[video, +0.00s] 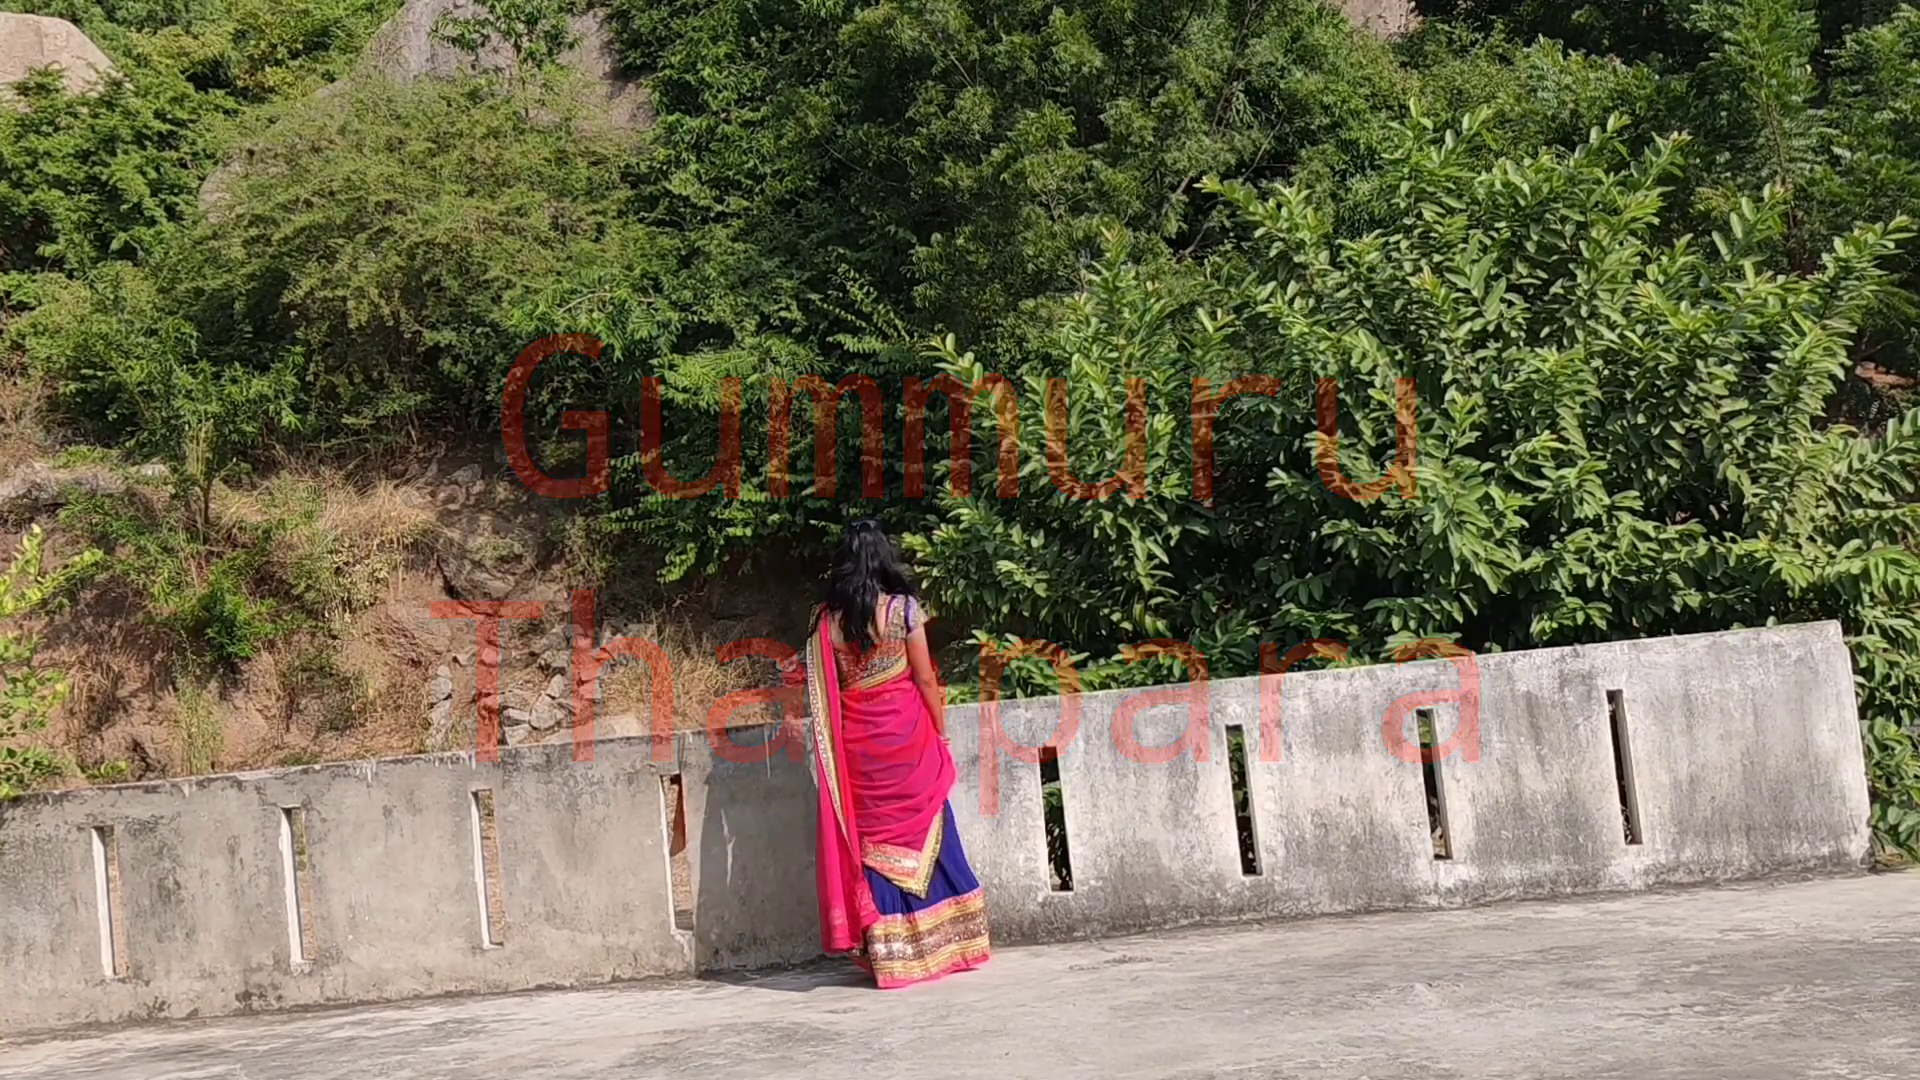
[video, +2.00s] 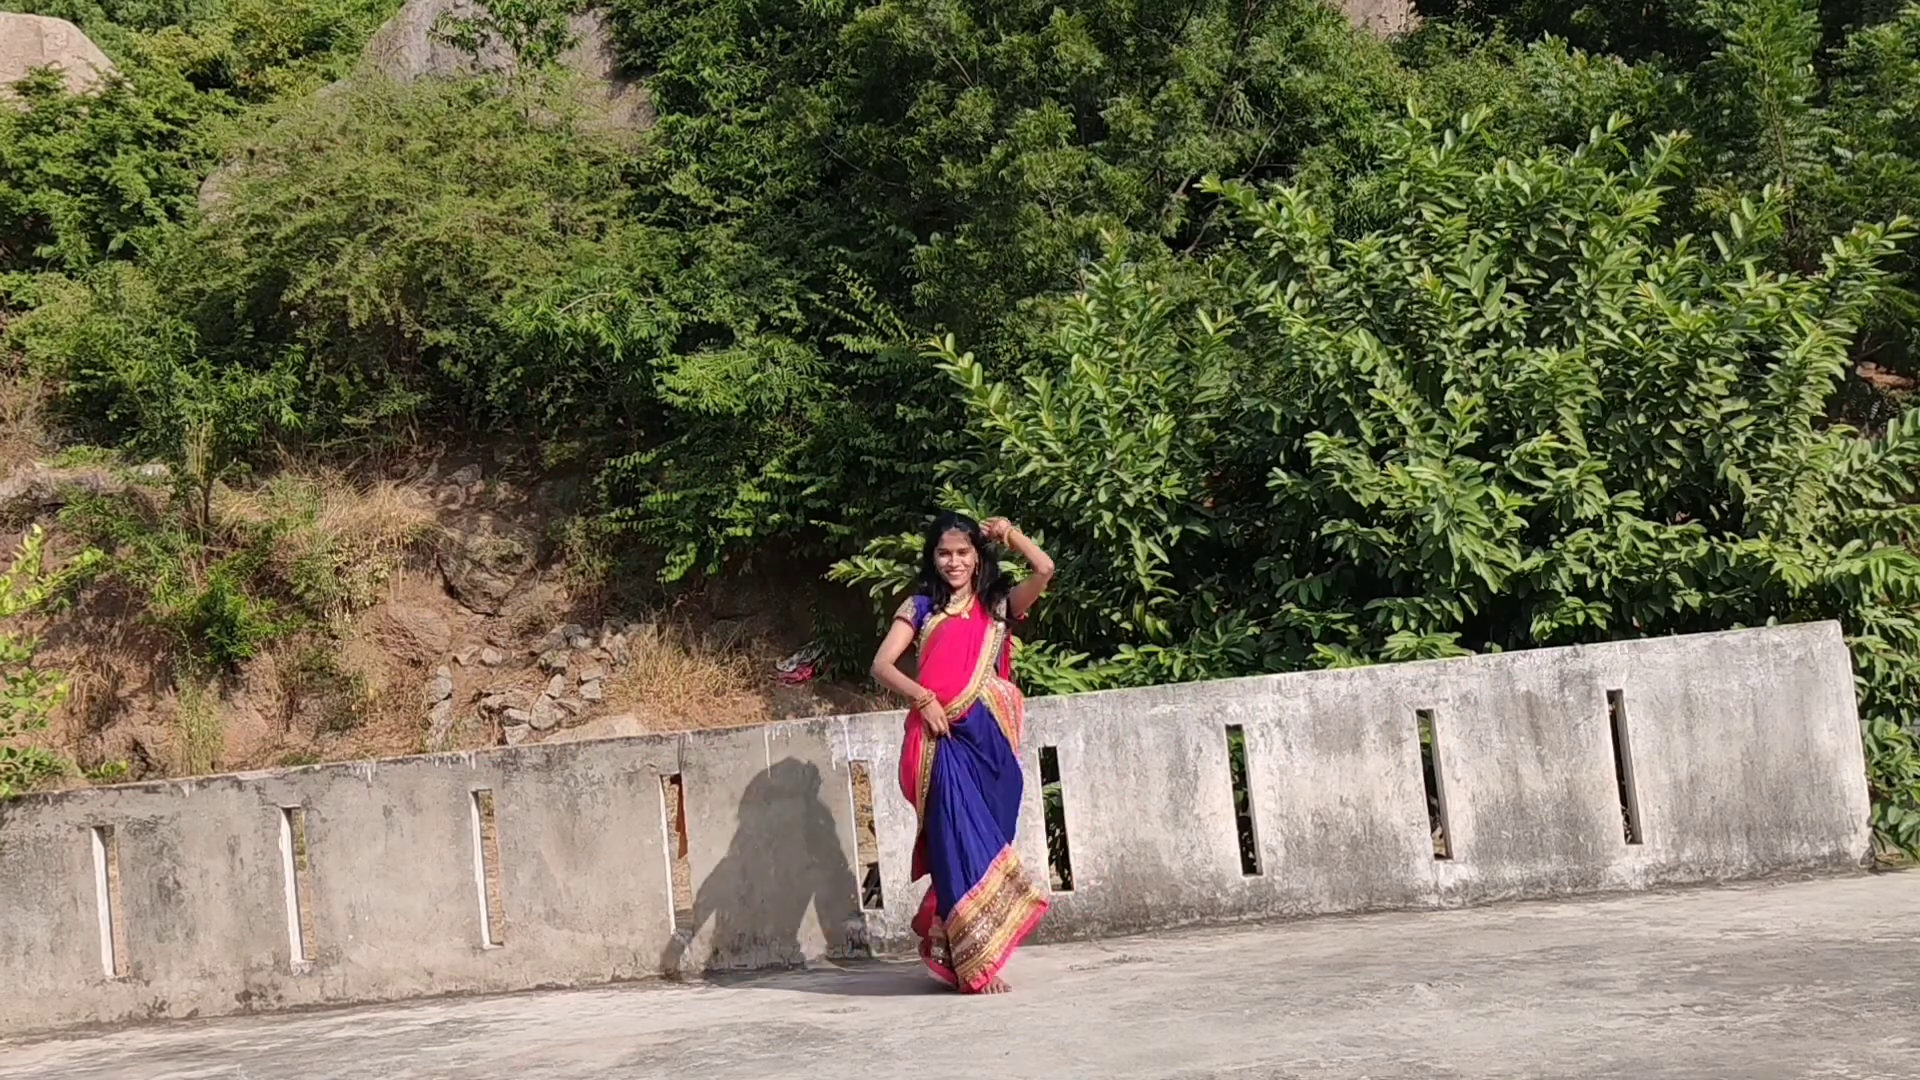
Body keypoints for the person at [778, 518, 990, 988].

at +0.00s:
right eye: (889, 553)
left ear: (842, 562)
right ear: (887, 559)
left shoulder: (826, 618)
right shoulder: (904, 608)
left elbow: (825, 691)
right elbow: (925, 679)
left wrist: (831, 742)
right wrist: (940, 733)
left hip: (854, 737)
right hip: (903, 730)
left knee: (868, 837)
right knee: (920, 830)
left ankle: (883, 949)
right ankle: (937, 943)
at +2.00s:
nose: (952, 562)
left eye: (961, 553)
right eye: (944, 554)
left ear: (978, 557)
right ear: (933, 559)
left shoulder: (1000, 604)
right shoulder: (921, 606)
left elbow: (1044, 571)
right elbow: (881, 665)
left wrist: (1010, 534)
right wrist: (923, 697)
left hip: (990, 733)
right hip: (940, 735)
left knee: (982, 837)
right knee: (961, 840)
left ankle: (938, 925)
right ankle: (978, 963)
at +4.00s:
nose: (1072, 500)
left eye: (1082, 491)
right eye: (1061, 492)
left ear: (1099, 506)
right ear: (1044, 507)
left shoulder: (1103, 576)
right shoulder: (1034, 568)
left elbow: (1122, 662)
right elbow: (1029, 661)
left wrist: (1158, 745)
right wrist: (1055, 742)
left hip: (1134, 732)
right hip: (1083, 738)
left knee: (1141, 865)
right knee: (1091, 870)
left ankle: (1141, 1006)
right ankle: (1101, 1012)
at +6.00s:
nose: (1150, 495)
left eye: (1164, 484)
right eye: (1146, 483)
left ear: (1201, 491)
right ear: (1143, 492)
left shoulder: (1238, 560)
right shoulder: (1122, 568)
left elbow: (1288, 638)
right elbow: (1080, 653)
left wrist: (1306, 642)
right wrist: (1127, 654)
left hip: (1243, 733)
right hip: (1170, 737)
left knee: (1251, 877)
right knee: (1169, 880)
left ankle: (1261, 1040)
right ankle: (1179, 1045)